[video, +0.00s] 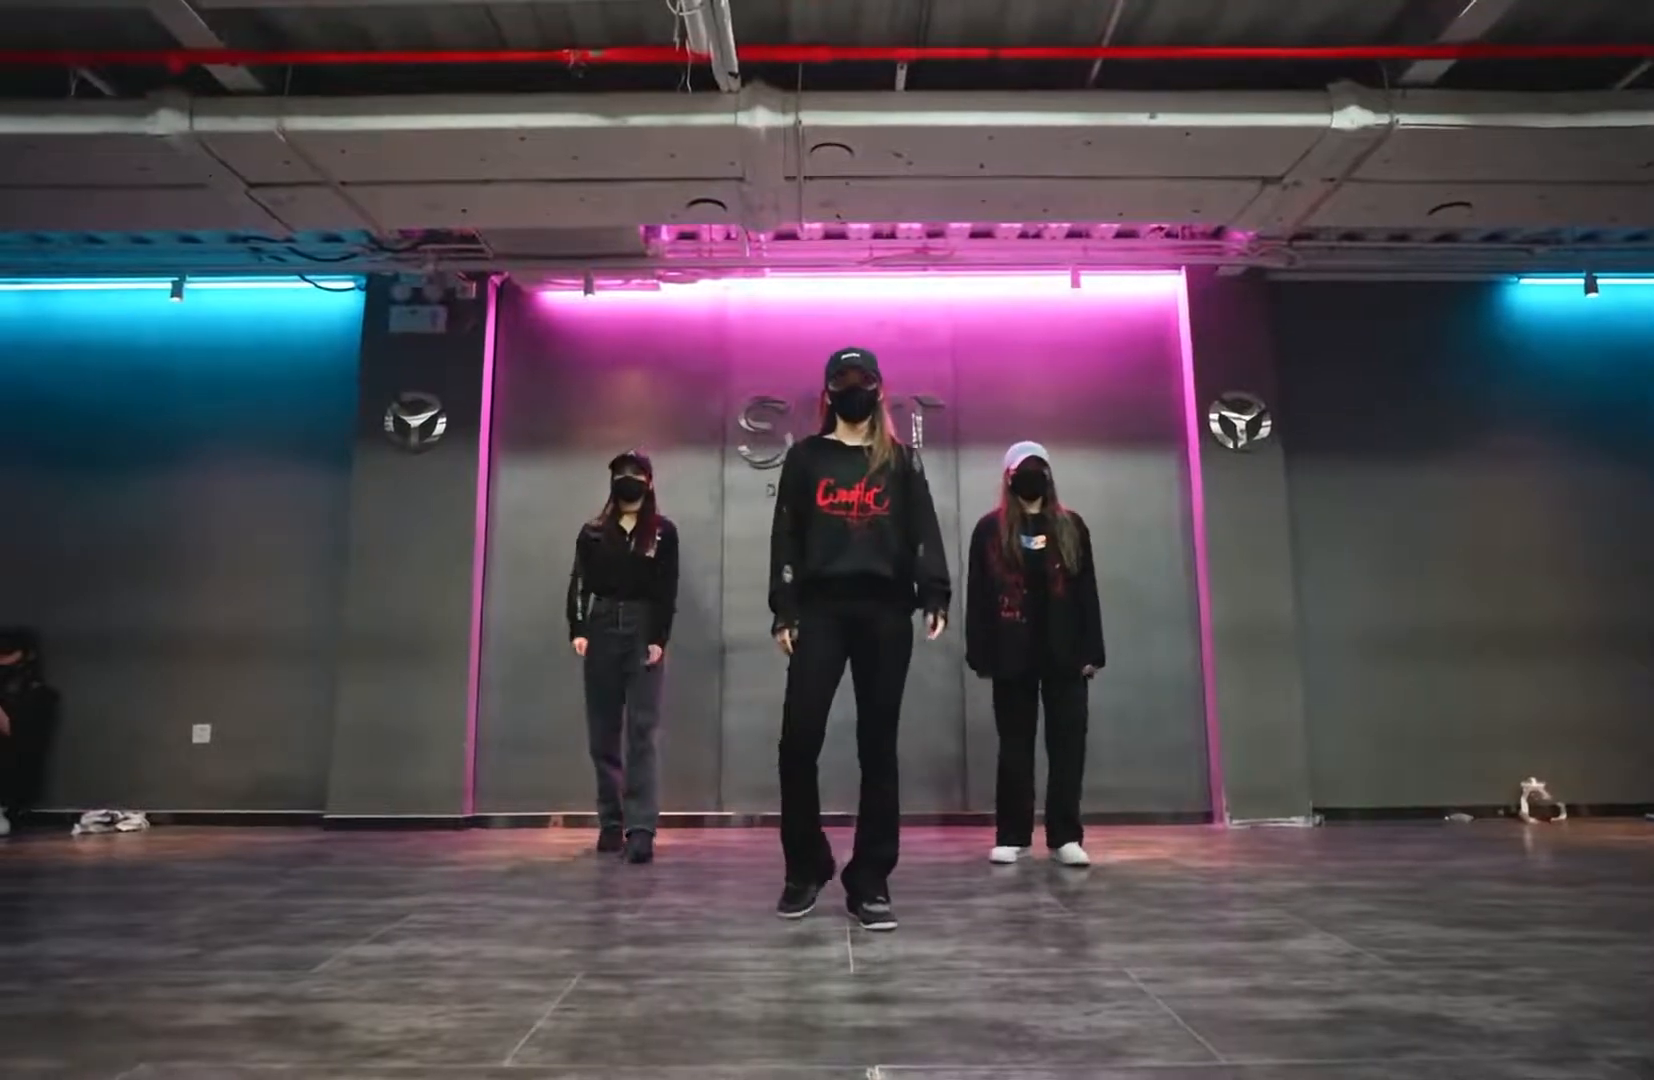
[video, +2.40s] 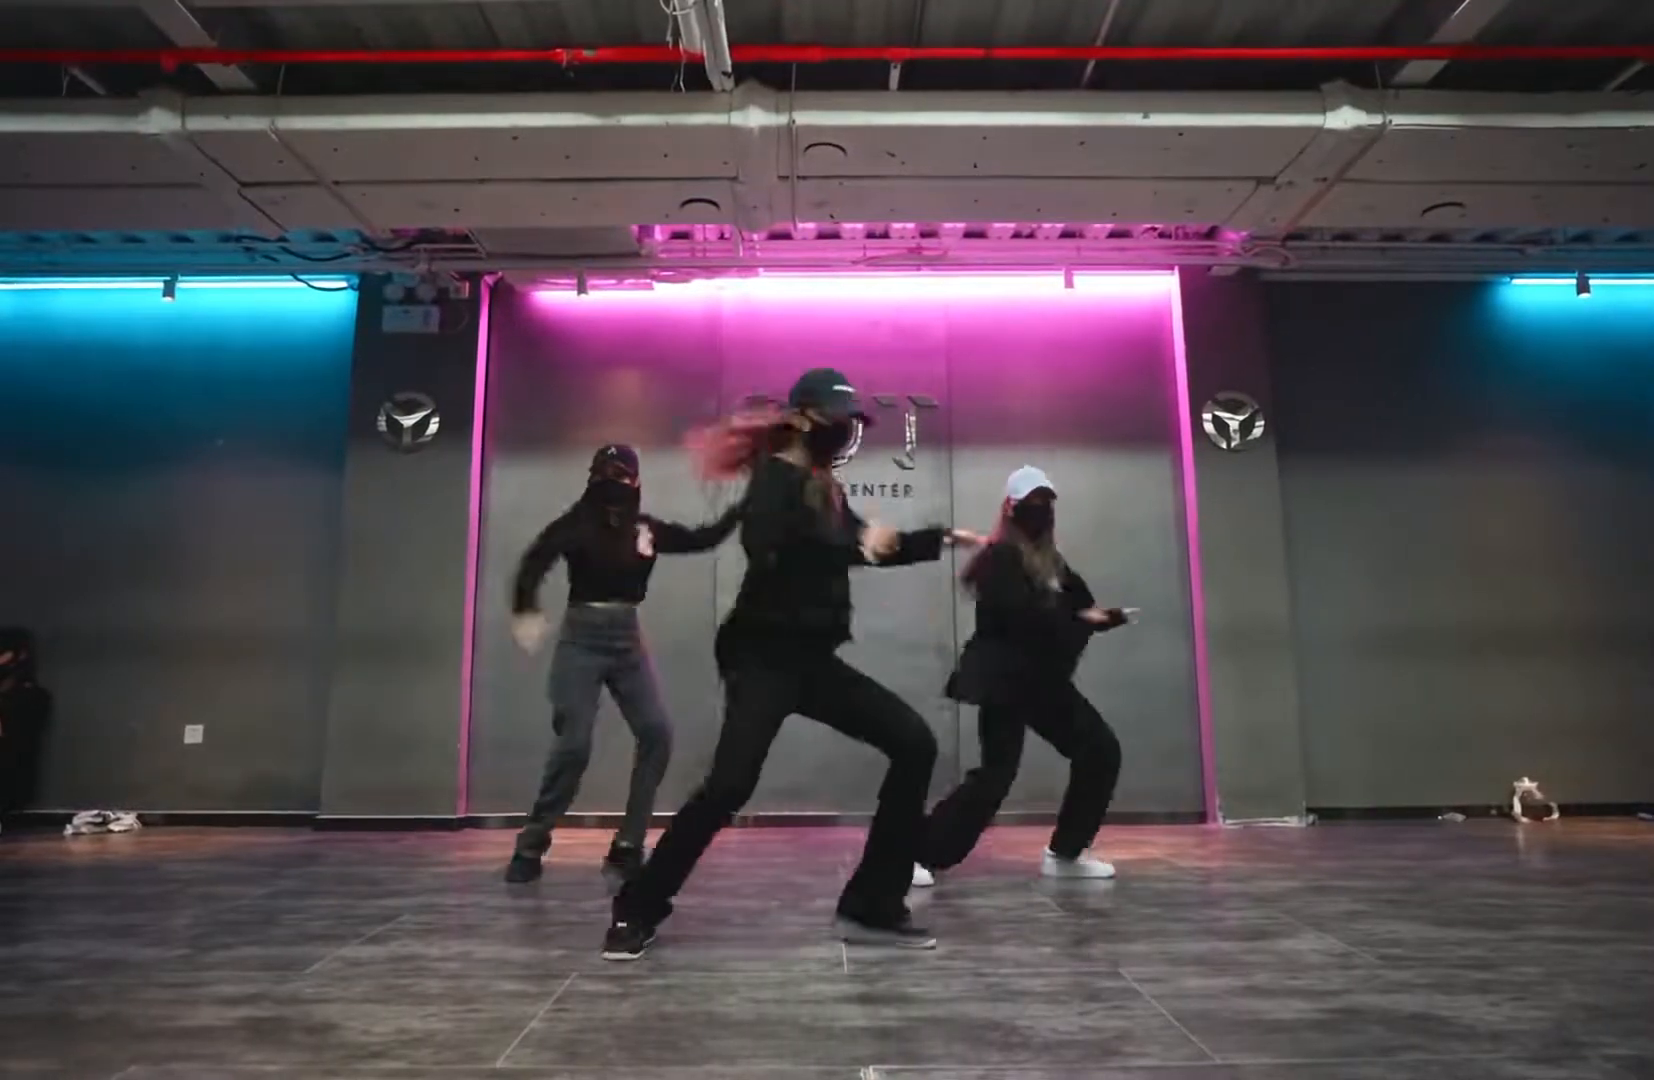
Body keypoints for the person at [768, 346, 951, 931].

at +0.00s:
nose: (855, 389)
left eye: (864, 380)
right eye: (845, 380)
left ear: (879, 388)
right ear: (829, 390)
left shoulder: (901, 461)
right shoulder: (805, 456)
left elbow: (927, 535)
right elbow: (784, 538)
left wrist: (936, 595)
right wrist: (784, 610)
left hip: (885, 616)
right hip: (819, 615)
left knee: (878, 748)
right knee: (797, 743)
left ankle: (871, 883)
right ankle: (805, 871)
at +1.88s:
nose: (839, 411)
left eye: (848, 403)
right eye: (829, 403)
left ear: (861, 412)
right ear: (811, 410)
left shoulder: (877, 483)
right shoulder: (784, 473)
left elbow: (899, 557)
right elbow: (776, 550)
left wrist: (935, 606)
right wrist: (812, 590)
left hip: (865, 633)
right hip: (802, 632)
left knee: (871, 755)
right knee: (787, 763)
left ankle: (881, 868)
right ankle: (830, 832)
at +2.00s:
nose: (824, 413)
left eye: (834, 403)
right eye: (814, 403)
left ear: (847, 410)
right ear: (798, 410)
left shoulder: (865, 479)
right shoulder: (772, 475)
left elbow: (909, 532)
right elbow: (748, 544)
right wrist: (694, 564)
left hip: (853, 643)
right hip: (786, 641)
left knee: (871, 763)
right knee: (734, 741)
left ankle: (880, 874)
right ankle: (721, 871)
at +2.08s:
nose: (813, 422)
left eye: (823, 412)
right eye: (803, 411)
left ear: (839, 421)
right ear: (788, 418)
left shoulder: (845, 485)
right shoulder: (763, 485)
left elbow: (837, 537)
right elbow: (710, 546)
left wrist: (782, 536)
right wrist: (646, 561)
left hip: (845, 650)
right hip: (779, 651)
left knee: (869, 765)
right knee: (719, 759)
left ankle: (882, 873)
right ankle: (653, 892)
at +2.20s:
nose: (768, 422)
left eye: (778, 412)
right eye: (757, 413)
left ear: (797, 420)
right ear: (743, 425)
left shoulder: (829, 487)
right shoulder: (733, 493)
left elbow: (853, 548)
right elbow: (698, 562)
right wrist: (652, 577)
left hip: (827, 655)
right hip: (760, 656)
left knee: (869, 771)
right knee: (702, 768)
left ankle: (881, 864)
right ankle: (635, 908)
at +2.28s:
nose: (772, 423)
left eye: (782, 413)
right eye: (760, 412)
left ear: (800, 421)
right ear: (743, 421)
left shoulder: (826, 493)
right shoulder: (727, 488)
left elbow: (901, 552)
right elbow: (713, 561)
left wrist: (962, 555)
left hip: (821, 665)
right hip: (751, 666)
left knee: (903, 759)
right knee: (704, 776)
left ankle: (868, 858)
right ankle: (635, 909)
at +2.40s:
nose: (848, 435)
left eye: (851, 424)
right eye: (839, 423)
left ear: (837, 426)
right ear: (806, 419)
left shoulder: (824, 487)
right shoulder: (777, 475)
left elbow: (866, 547)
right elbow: (763, 541)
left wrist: (940, 539)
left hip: (811, 661)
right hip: (762, 660)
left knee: (914, 742)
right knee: (730, 788)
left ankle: (873, 901)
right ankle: (635, 912)